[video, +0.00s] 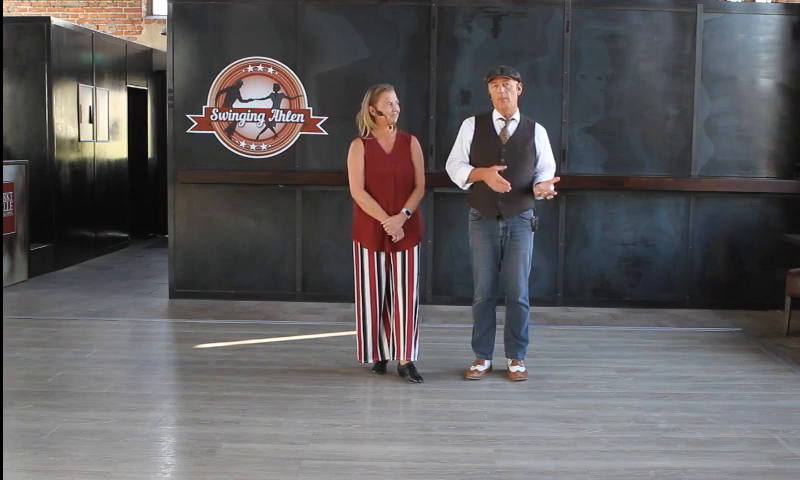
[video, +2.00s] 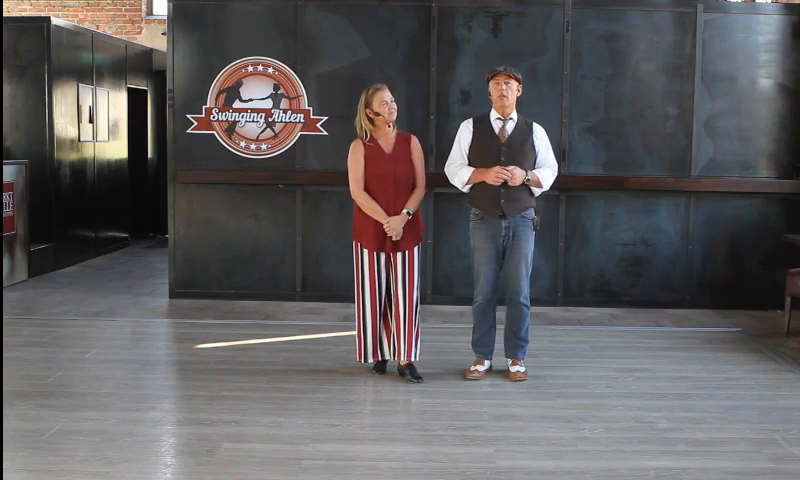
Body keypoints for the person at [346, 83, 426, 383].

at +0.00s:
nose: (395, 108)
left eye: (396, 104)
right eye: (388, 105)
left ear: (399, 107)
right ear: (373, 110)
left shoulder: (411, 143)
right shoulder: (360, 145)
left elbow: (420, 187)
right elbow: (357, 191)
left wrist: (402, 216)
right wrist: (389, 221)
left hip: (405, 231)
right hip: (371, 232)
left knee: (406, 296)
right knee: (374, 295)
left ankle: (406, 359)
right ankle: (379, 356)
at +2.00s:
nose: (391, 107)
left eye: (392, 101)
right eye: (384, 104)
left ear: (397, 106)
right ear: (370, 112)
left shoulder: (411, 142)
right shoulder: (359, 146)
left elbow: (421, 186)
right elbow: (356, 191)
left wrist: (404, 216)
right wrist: (388, 221)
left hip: (406, 231)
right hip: (371, 232)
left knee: (407, 295)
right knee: (374, 295)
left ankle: (406, 359)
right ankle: (379, 355)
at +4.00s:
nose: (388, 106)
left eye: (391, 101)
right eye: (381, 103)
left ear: (397, 105)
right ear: (370, 109)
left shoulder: (412, 141)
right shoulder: (359, 146)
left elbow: (422, 185)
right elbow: (355, 191)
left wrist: (401, 215)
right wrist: (385, 221)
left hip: (406, 229)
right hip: (371, 230)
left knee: (404, 293)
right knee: (373, 293)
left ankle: (397, 355)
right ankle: (377, 355)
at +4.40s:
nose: (397, 105)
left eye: (400, 100)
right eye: (391, 100)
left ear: (406, 104)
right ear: (379, 106)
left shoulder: (420, 140)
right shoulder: (367, 143)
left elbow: (428, 184)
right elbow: (362, 188)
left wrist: (406, 214)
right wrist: (391, 220)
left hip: (413, 227)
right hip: (377, 228)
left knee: (408, 294)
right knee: (379, 293)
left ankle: (398, 354)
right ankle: (379, 354)